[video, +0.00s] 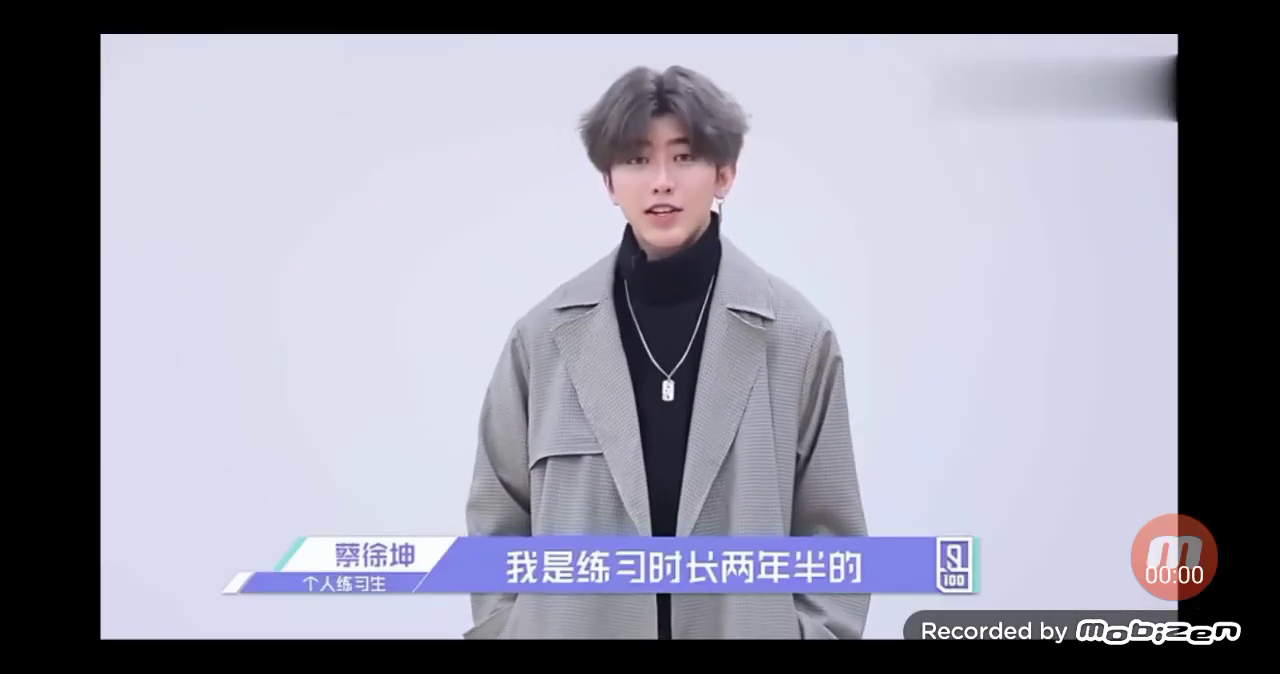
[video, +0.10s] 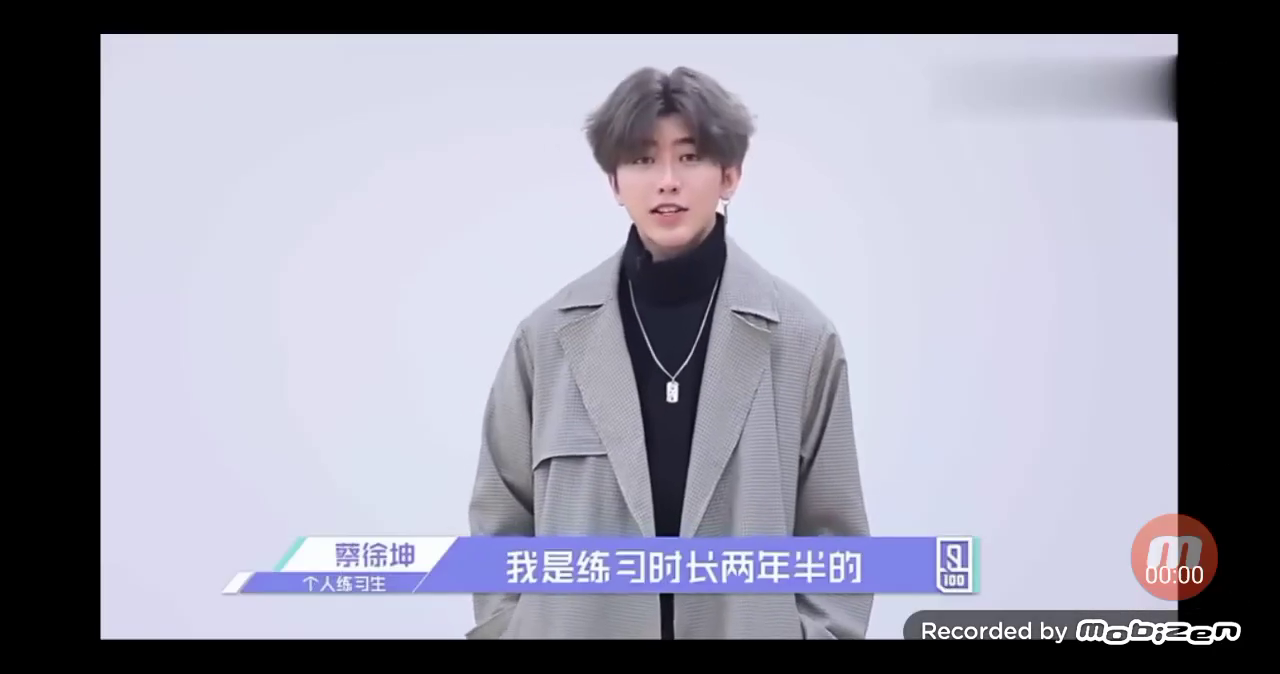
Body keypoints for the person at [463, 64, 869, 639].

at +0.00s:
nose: (661, 182)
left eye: (684, 157)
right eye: (638, 159)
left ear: (723, 176)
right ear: (610, 180)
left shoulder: (800, 336)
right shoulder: (538, 339)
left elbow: (835, 533)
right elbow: (495, 517)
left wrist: (815, 631)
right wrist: (503, 627)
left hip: (745, 629)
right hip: (575, 630)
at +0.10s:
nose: (667, 181)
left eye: (690, 157)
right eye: (643, 159)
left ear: (728, 177)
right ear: (616, 181)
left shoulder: (804, 338)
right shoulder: (543, 339)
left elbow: (837, 534)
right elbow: (498, 517)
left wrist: (817, 631)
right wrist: (505, 627)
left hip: (747, 629)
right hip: (578, 630)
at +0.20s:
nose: (672, 179)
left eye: (694, 156)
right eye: (648, 159)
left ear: (733, 178)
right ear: (621, 183)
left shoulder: (808, 339)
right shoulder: (548, 338)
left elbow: (838, 536)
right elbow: (501, 517)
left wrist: (819, 632)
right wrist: (506, 627)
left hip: (750, 629)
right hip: (581, 630)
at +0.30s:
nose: (682, 180)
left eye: (704, 158)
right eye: (658, 159)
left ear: (742, 180)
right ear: (630, 181)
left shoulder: (813, 342)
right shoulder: (552, 336)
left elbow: (843, 538)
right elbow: (504, 517)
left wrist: (822, 632)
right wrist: (509, 626)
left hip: (755, 630)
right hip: (585, 630)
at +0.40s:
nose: (688, 177)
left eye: (710, 156)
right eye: (664, 154)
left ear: (747, 181)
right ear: (635, 177)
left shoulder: (815, 342)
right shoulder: (554, 336)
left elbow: (845, 537)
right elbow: (508, 515)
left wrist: (827, 633)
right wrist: (512, 626)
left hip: (757, 629)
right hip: (587, 630)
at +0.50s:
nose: (687, 173)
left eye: (710, 153)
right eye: (664, 151)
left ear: (747, 181)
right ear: (634, 175)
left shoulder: (814, 342)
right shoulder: (553, 336)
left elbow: (846, 537)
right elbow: (507, 515)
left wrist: (827, 632)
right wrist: (512, 626)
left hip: (755, 629)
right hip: (586, 630)